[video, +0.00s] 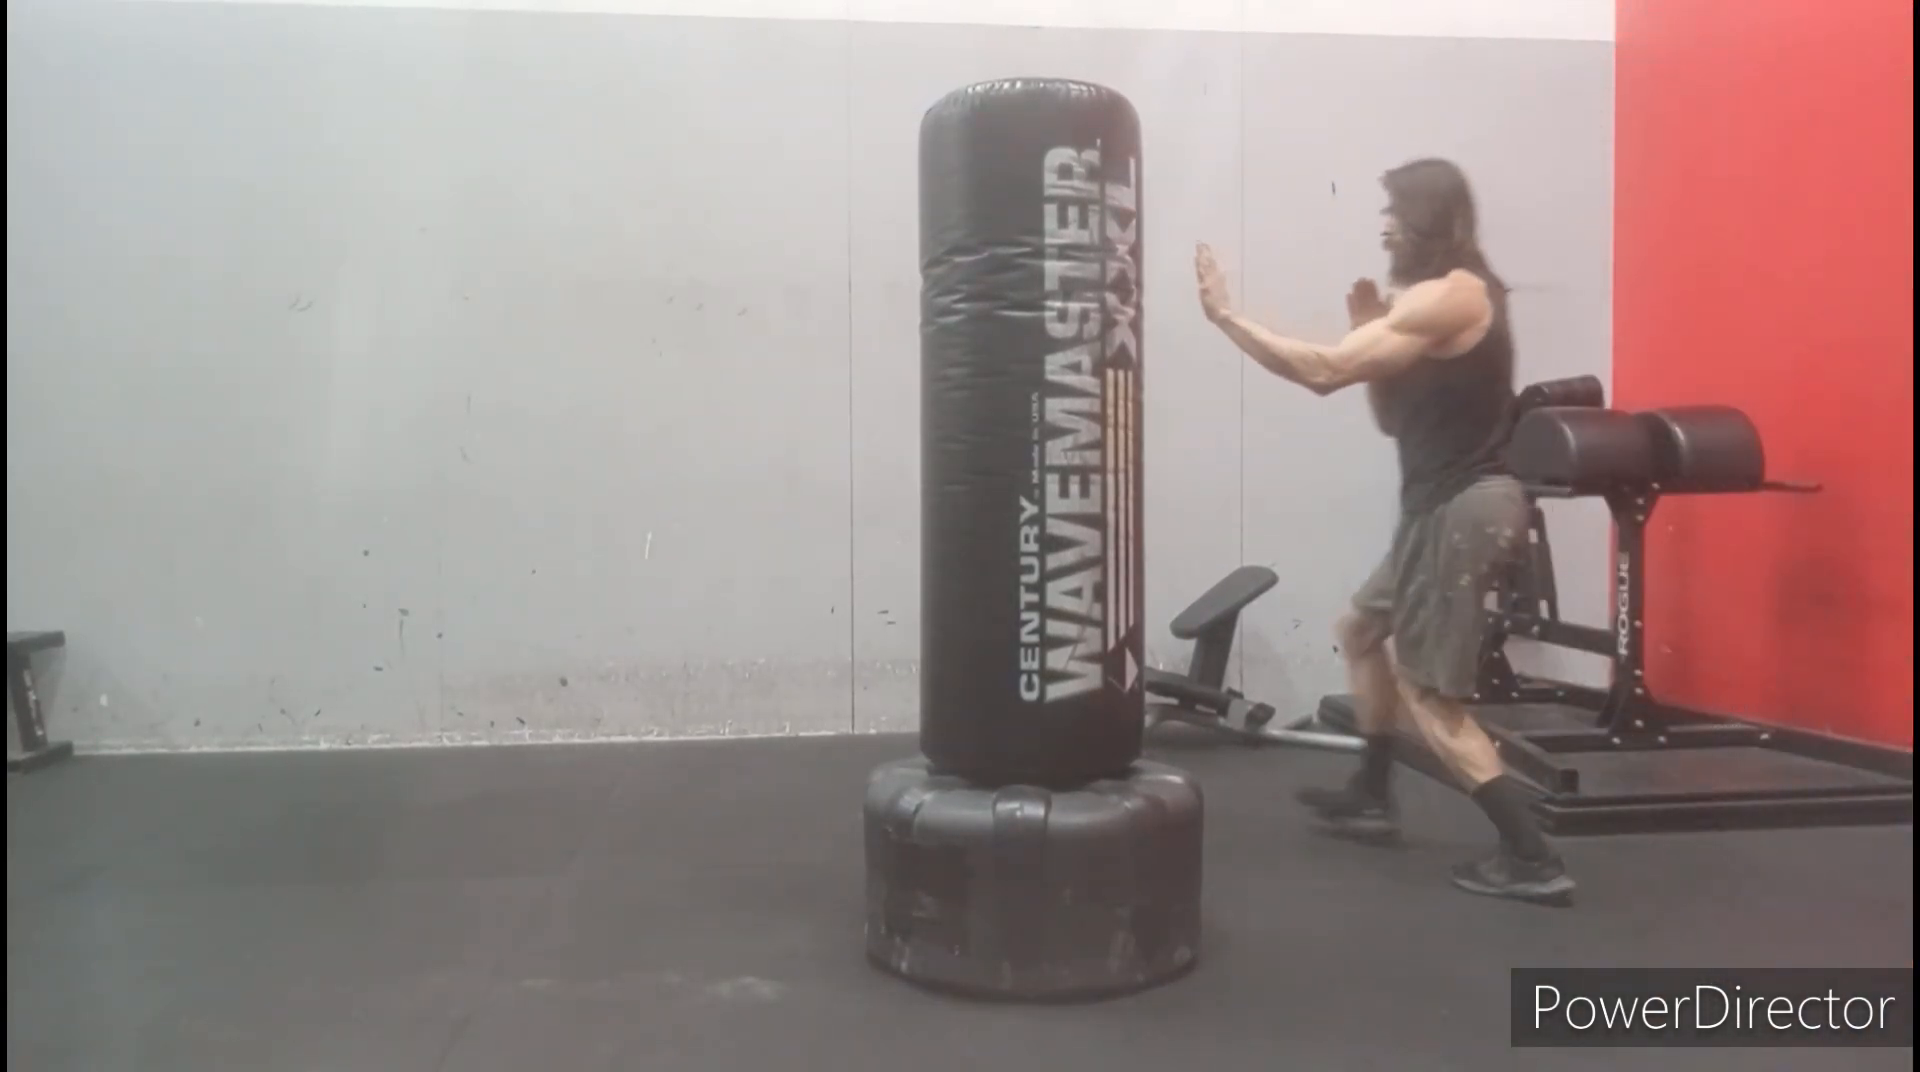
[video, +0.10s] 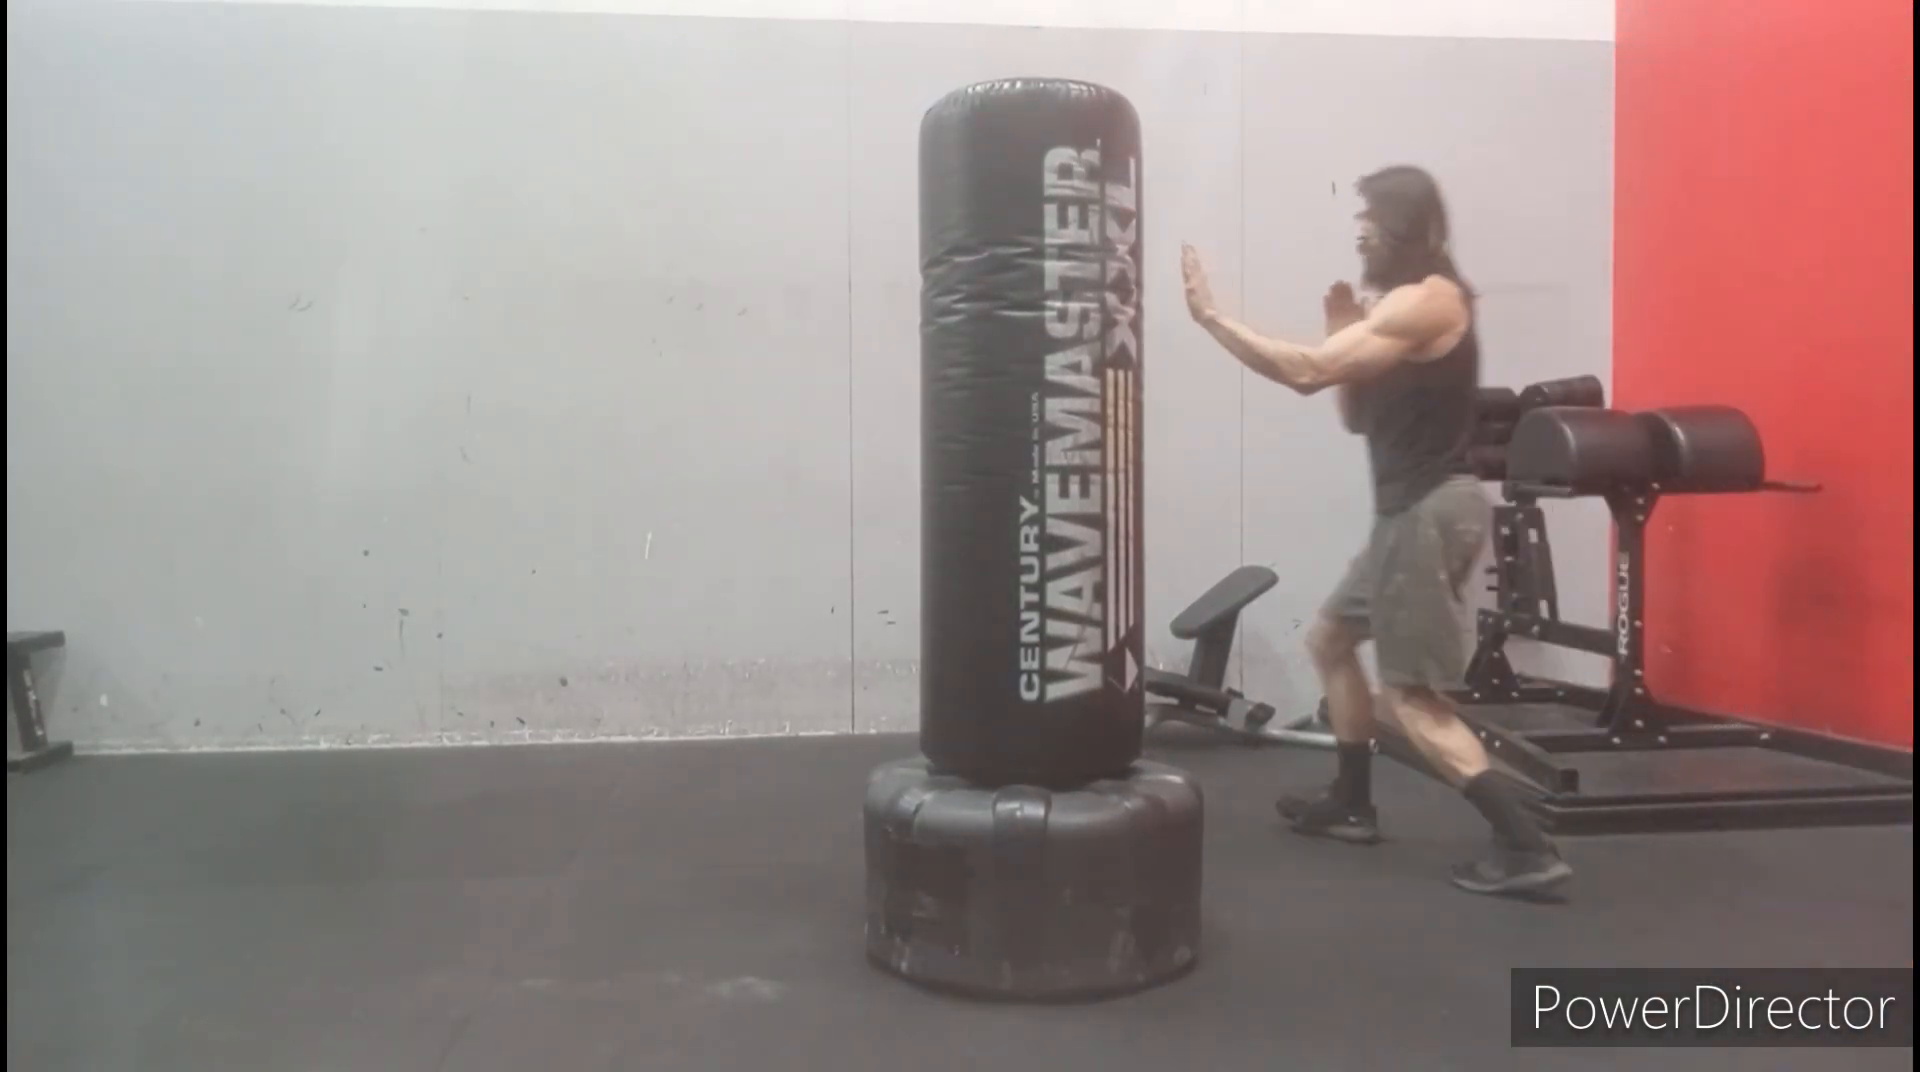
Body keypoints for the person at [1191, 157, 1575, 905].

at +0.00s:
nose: (1383, 229)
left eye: (1395, 216)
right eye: (1385, 215)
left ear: (1432, 222)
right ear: (1445, 223)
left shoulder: (1450, 294)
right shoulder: (1448, 294)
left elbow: (1323, 370)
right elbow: (1396, 419)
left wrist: (1226, 316)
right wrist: (1370, 332)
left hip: (1464, 510)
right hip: (1451, 506)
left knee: (1426, 700)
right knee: (1362, 628)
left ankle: (1533, 856)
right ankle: (1371, 792)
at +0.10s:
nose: (1359, 236)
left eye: (1369, 224)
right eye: (1359, 223)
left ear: (1406, 230)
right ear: (1410, 230)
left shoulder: (1429, 300)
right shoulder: (1411, 303)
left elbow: (1306, 370)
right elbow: (1357, 416)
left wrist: (1211, 317)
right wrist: (1345, 334)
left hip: (1432, 514)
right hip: (1420, 512)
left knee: (1412, 705)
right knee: (1330, 640)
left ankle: (1528, 845)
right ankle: (1351, 800)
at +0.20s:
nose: (1331, 238)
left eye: (1340, 225)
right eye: (1331, 225)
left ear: (1374, 230)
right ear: (1377, 231)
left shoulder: (1403, 305)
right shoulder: (1375, 307)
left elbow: (1291, 373)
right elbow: (1320, 414)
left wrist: (1195, 318)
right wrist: (1320, 338)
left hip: (1400, 511)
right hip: (1379, 510)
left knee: (1365, 692)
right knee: (1298, 644)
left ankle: (1500, 817)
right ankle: (1344, 800)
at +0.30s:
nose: (1305, 246)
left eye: (1316, 233)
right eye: (1304, 233)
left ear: (1354, 240)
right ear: (1329, 237)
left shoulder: (1377, 309)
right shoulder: (1344, 312)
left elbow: (1277, 374)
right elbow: (1287, 413)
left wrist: (1180, 320)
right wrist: (1291, 341)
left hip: (1371, 507)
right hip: (1357, 505)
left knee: (1279, 655)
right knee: (1299, 657)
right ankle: (1343, 800)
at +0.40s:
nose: (1281, 249)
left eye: (1292, 237)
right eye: (1280, 236)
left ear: (1329, 243)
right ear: (1320, 245)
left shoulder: (1354, 313)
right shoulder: (1323, 316)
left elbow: (1263, 379)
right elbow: (1263, 419)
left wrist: (1168, 325)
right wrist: (1270, 346)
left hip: (1341, 506)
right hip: (1336, 503)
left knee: (1212, 625)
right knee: (1256, 646)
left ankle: (1342, 725)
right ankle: (1338, 794)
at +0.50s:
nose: (1257, 255)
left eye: (1269, 242)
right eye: (1256, 242)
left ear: (1307, 249)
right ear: (1269, 248)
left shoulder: (1331, 315)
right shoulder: (1295, 322)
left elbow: (1247, 380)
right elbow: (1238, 421)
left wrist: (1152, 329)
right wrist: (1245, 350)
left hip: (1312, 505)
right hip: (1318, 505)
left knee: (1171, 601)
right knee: (1248, 660)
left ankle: (1252, 722)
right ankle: (1336, 794)